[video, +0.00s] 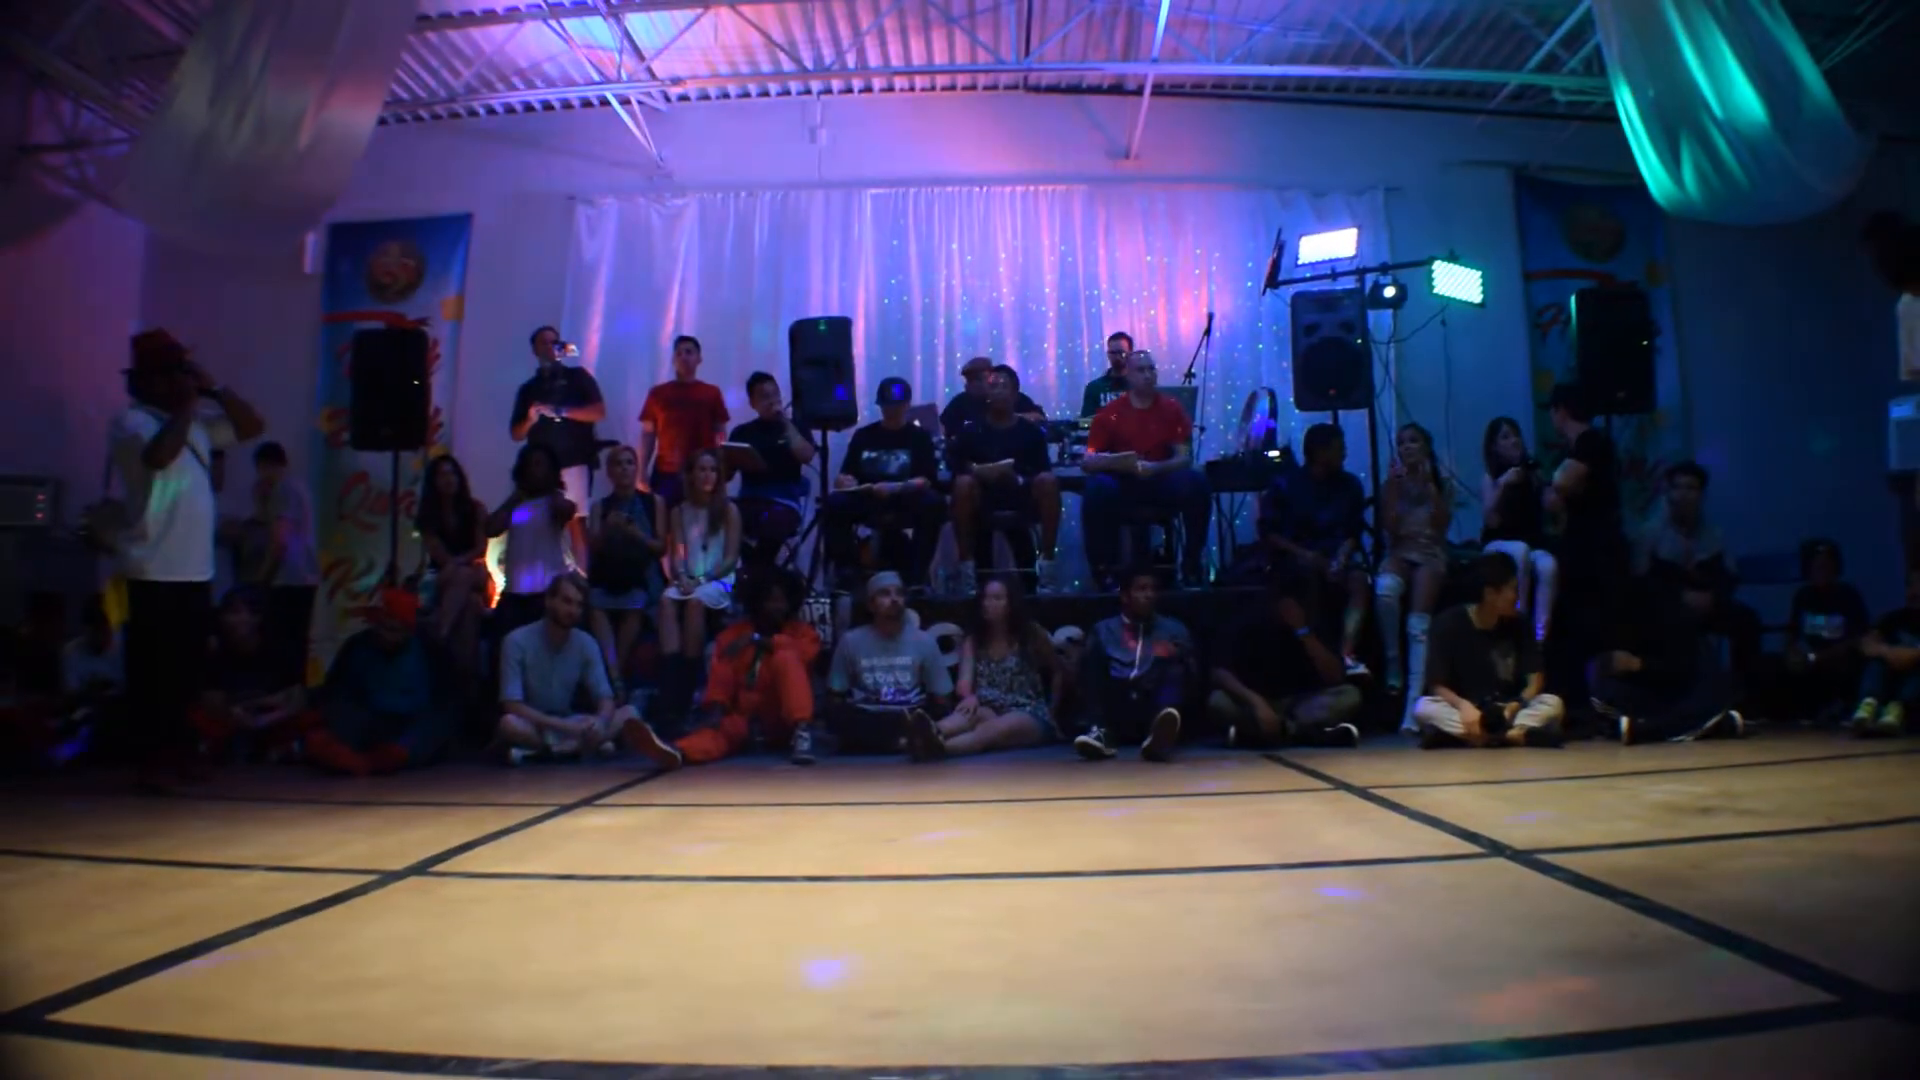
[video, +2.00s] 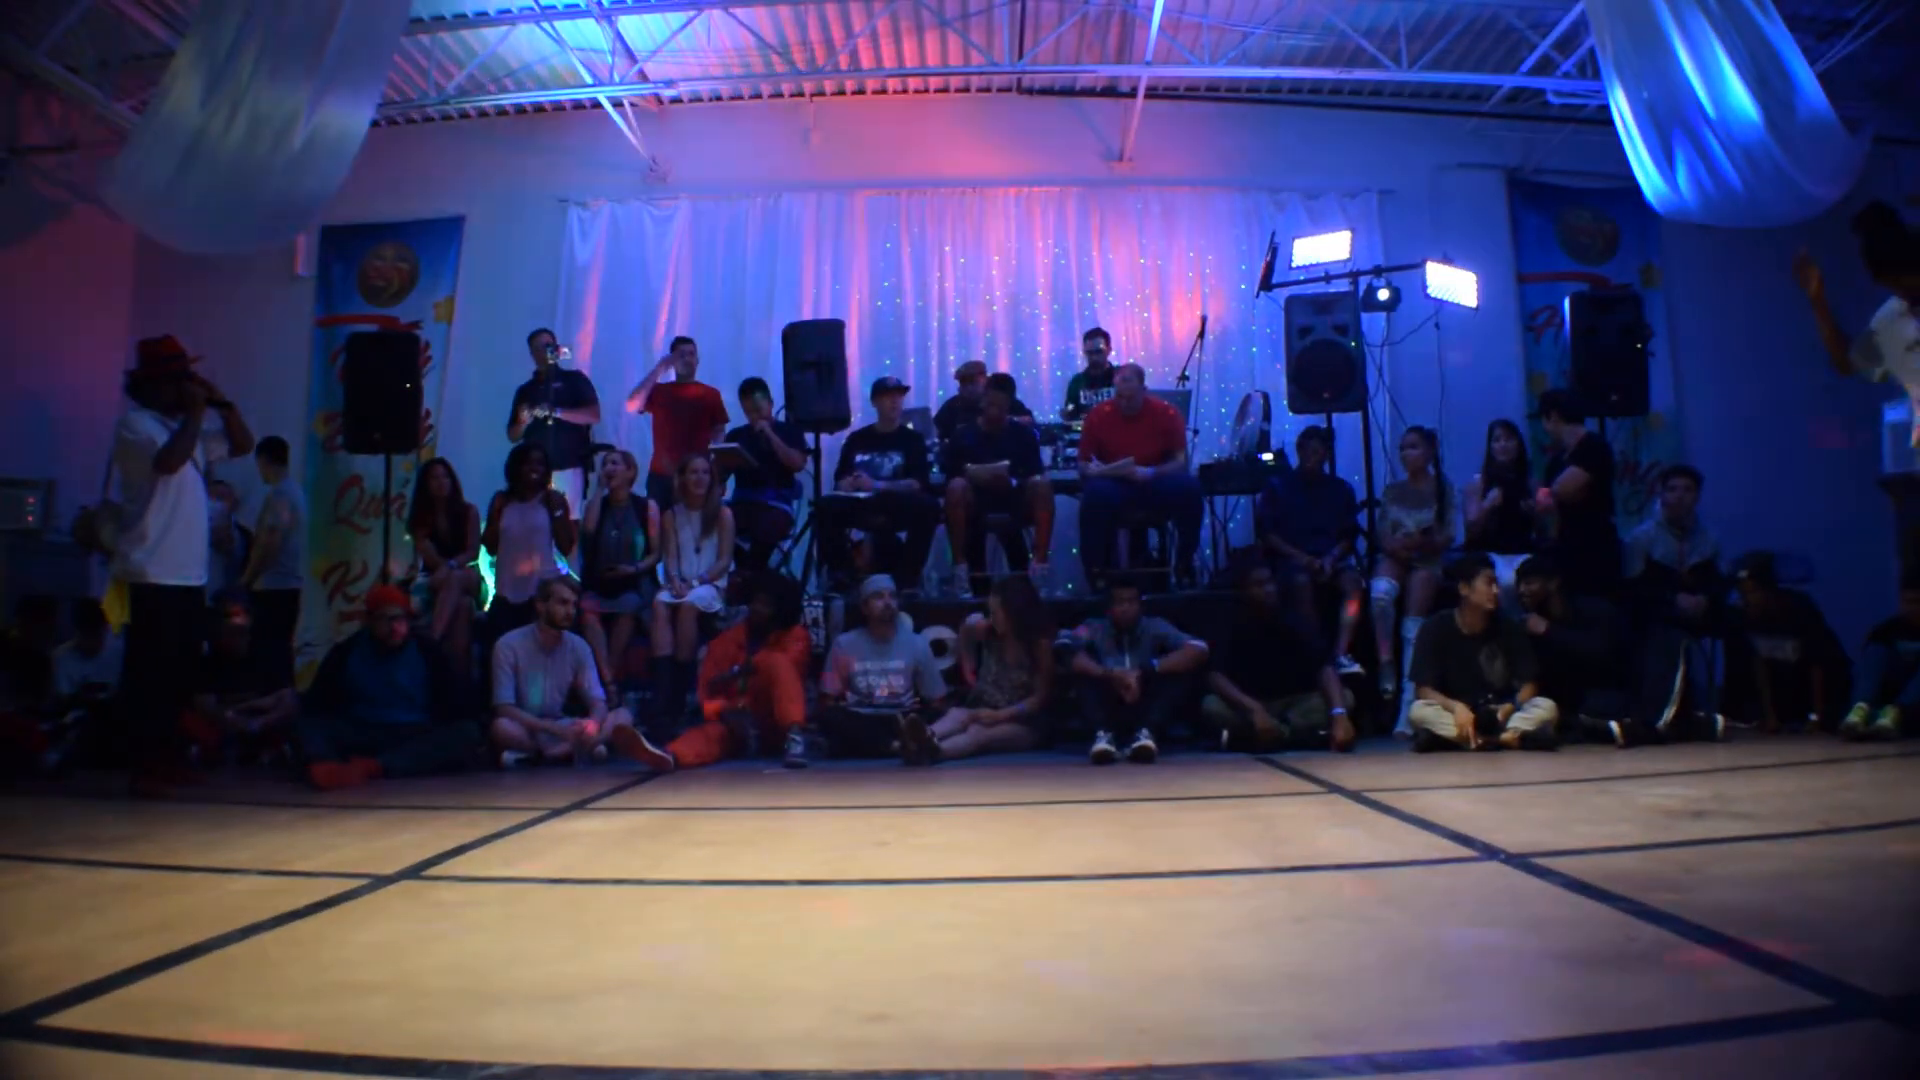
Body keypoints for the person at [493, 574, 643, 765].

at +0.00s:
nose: (573, 610)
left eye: (578, 605)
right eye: (566, 602)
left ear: (583, 609)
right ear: (550, 601)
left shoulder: (585, 643)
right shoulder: (518, 641)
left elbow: (606, 699)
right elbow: (512, 704)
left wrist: (600, 724)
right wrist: (564, 726)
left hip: (573, 720)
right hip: (535, 721)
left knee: (629, 714)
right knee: (509, 724)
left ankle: (559, 748)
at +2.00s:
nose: (570, 611)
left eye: (573, 604)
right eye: (562, 603)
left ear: (577, 607)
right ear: (541, 606)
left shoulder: (578, 647)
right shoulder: (509, 645)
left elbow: (598, 701)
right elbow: (504, 707)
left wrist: (593, 724)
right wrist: (556, 729)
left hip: (564, 723)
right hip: (527, 723)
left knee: (623, 716)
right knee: (502, 728)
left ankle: (546, 753)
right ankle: (578, 748)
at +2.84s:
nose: (573, 599)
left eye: (571, 593)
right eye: (566, 594)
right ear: (544, 604)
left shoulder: (572, 641)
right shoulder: (509, 643)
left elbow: (594, 689)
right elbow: (504, 706)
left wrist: (593, 722)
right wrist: (556, 729)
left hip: (563, 720)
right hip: (528, 722)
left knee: (623, 715)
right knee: (502, 728)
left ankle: (557, 751)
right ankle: (579, 747)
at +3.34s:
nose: (547, 590)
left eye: (543, 586)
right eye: (539, 587)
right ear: (520, 601)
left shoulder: (554, 632)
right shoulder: (494, 645)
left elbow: (572, 679)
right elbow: (504, 707)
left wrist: (587, 722)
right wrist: (561, 729)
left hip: (559, 714)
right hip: (525, 718)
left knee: (618, 708)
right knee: (503, 727)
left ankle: (561, 747)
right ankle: (579, 742)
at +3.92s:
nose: (546, 592)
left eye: (546, 586)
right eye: (537, 588)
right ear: (516, 598)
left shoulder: (561, 635)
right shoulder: (498, 645)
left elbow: (584, 684)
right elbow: (502, 705)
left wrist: (588, 722)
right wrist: (553, 727)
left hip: (564, 716)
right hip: (526, 720)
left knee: (618, 709)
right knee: (503, 725)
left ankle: (559, 748)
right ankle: (580, 747)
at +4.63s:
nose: (540, 616)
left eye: (548, 610)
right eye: (536, 608)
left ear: (562, 610)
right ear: (529, 607)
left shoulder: (576, 645)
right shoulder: (509, 644)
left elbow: (599, 697)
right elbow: (505, 706)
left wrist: (597, 726)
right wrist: (558, 730)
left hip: (563, 720)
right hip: (525, 721)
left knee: (621, 716)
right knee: (503, 728)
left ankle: (551, 753)